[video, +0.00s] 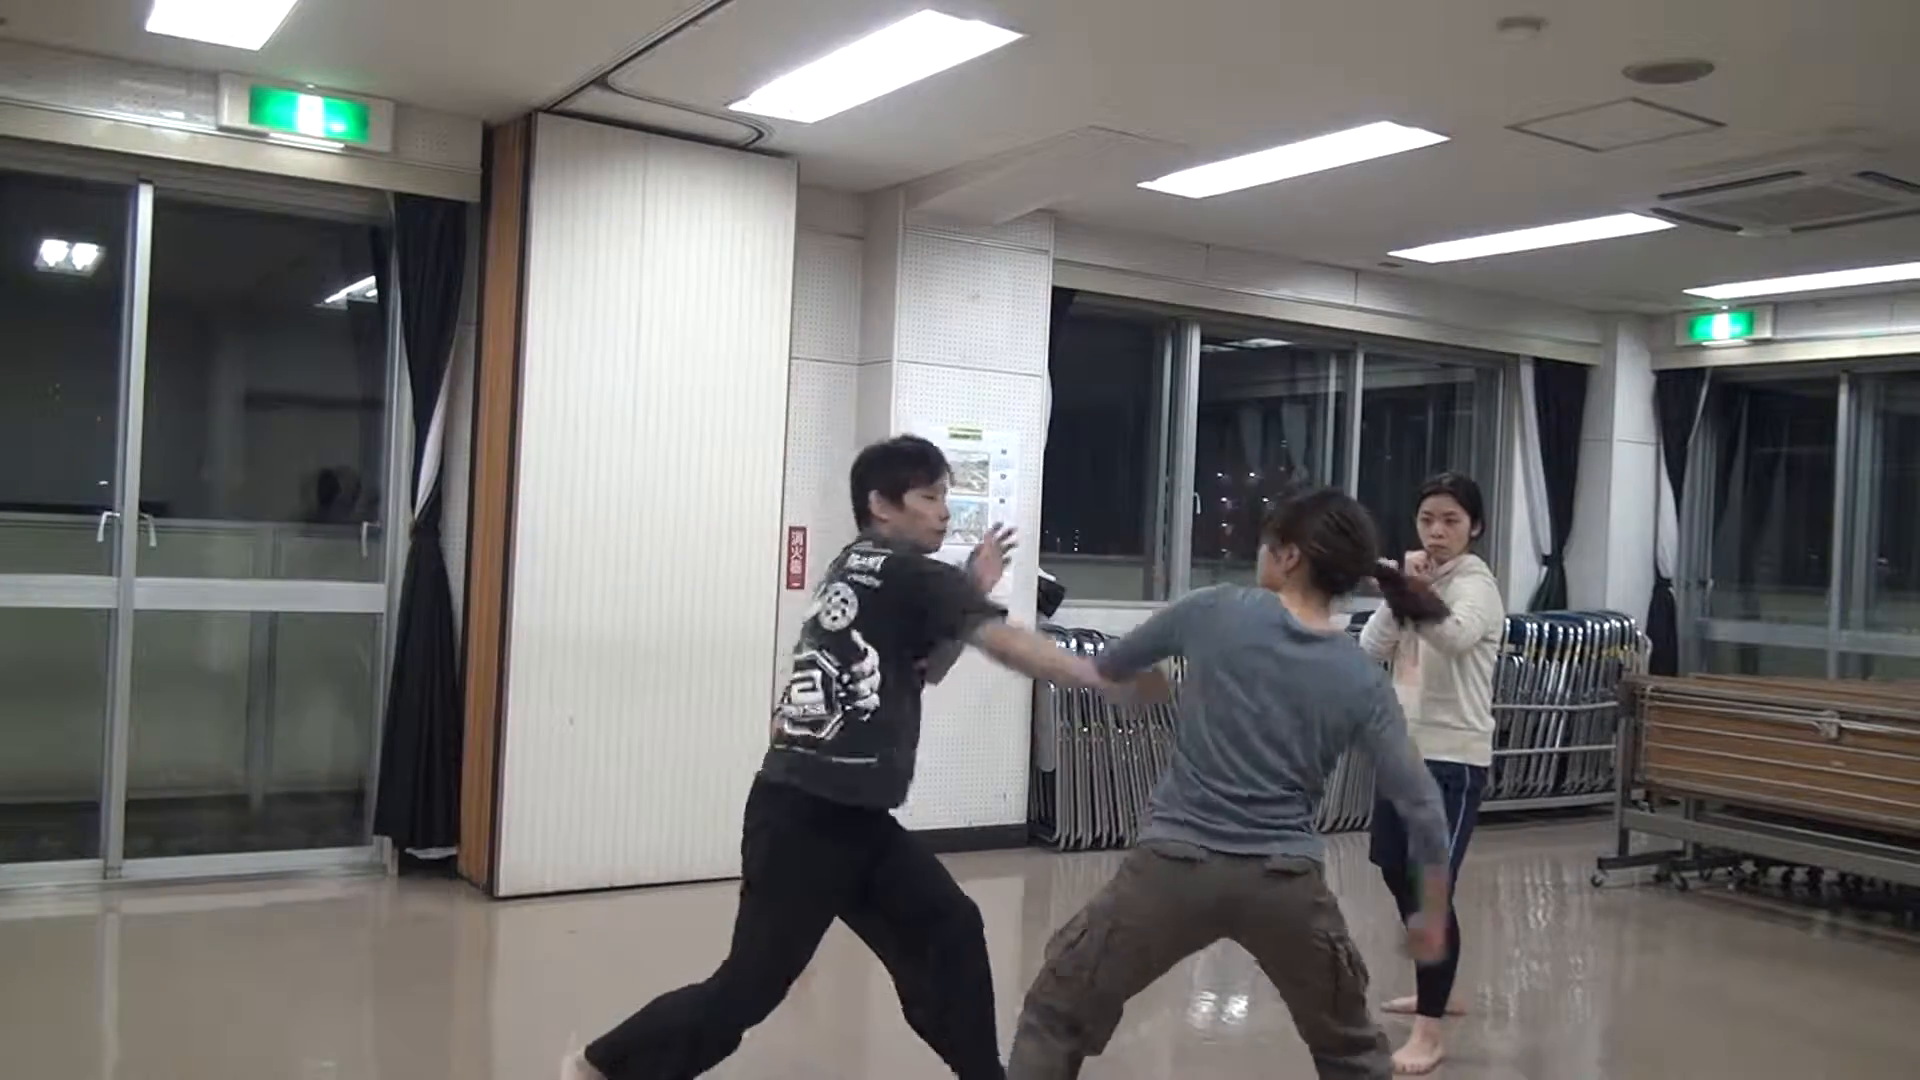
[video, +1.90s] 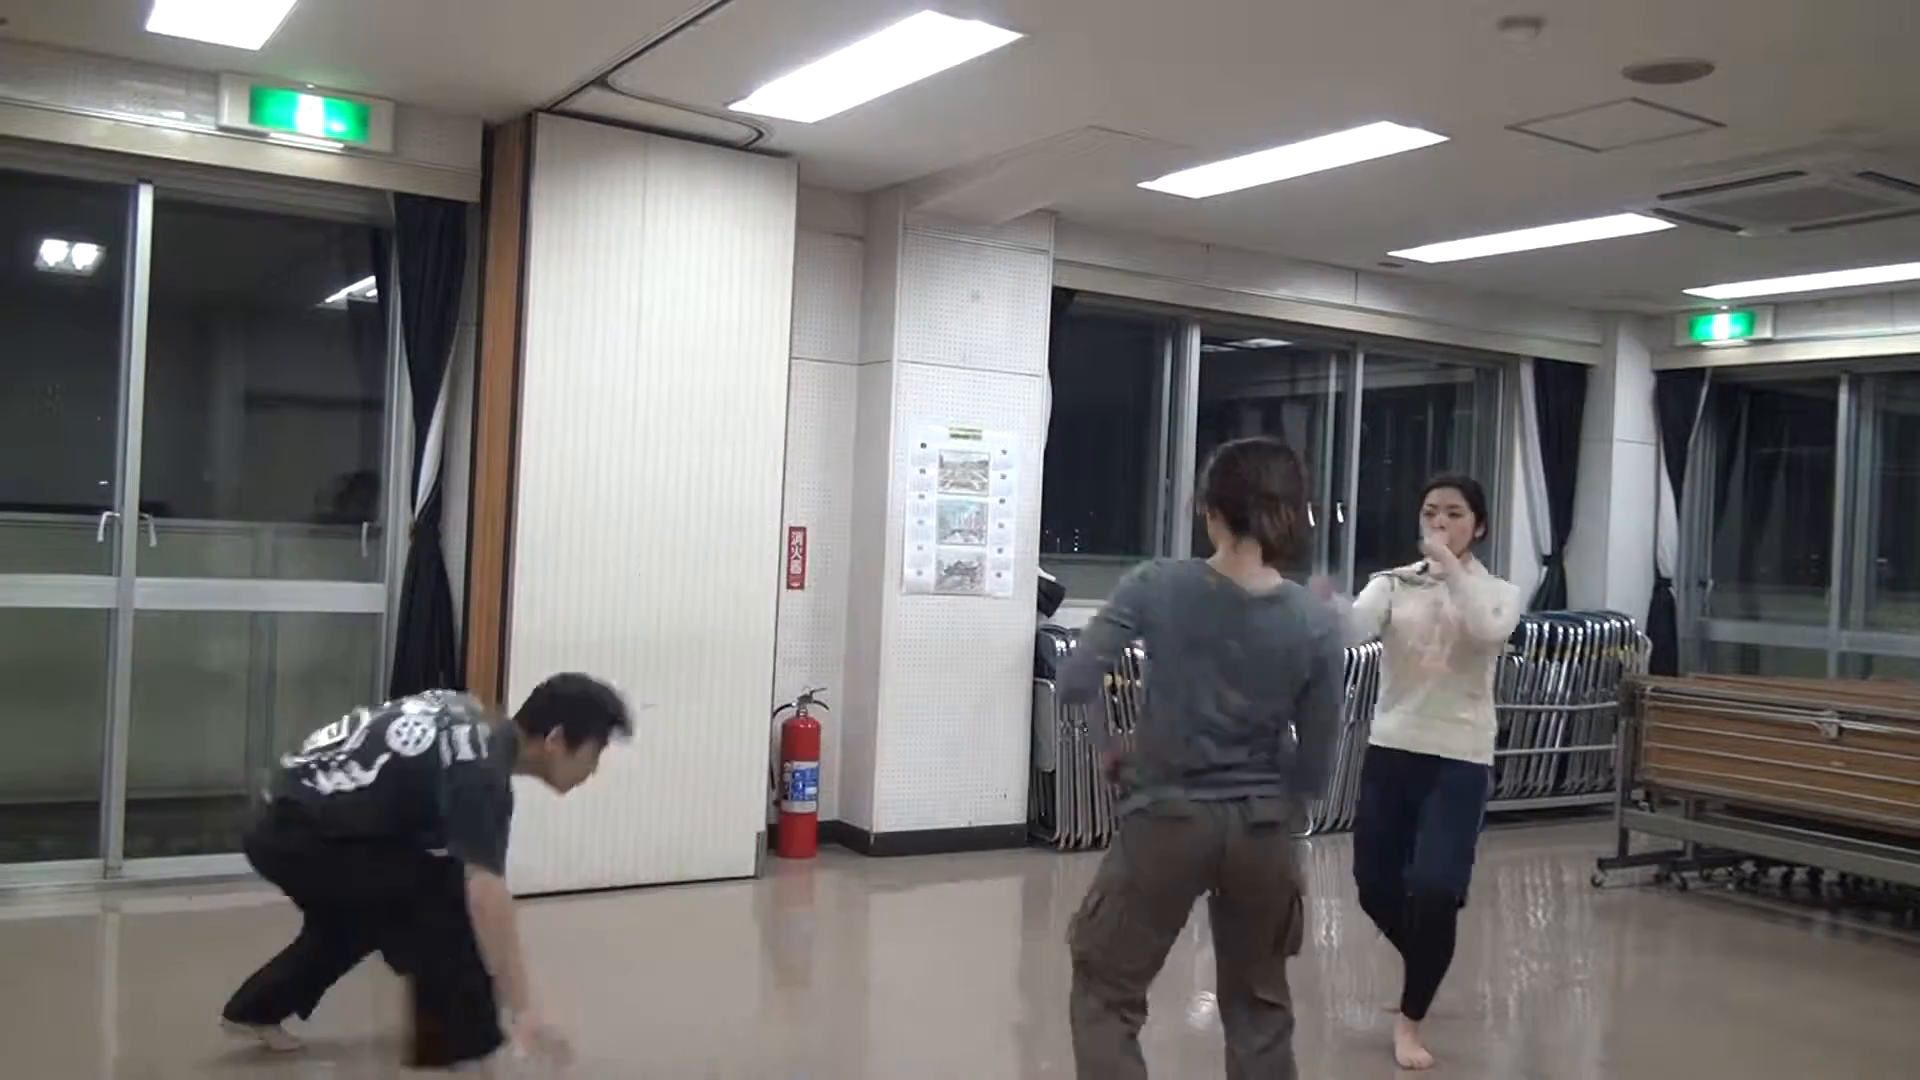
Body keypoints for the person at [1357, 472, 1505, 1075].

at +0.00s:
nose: (1437, 529)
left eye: (1450, 520)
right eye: (1428, 518)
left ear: (1473, 528)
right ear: (1417, 523)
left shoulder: (1477, 581)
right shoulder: (1413, 576)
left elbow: (1457, 637)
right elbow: (1372, 647)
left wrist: (1413, 591)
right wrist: (1406, 590)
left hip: (1455, 754)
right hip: (1405, 748)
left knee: (1433, 885)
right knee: (1389, 857)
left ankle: (1428, 1028)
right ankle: (1436, 981)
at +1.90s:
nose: (1438, 523)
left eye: (1451, 514)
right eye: (1431, 512)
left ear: (1477, 525)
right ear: (1418, 519)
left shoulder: (1496, 590)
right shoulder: (1391, 584)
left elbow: (1488, 630)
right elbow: (1352, 632)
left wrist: (1451, 565)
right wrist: (1326, 610)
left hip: (1461, 758)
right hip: (1391, 750)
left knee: (1434, 891)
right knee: (1375, 886)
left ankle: (1410, 1022)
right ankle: (1426, 958)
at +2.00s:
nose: (1445, 523)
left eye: (1457, 512)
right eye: (1435, 513)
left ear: (1483, 520)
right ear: (1425, 521)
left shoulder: (1508, 592)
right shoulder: (1397, 582)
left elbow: (1498, 651)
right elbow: (1353, 669)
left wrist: (1470, 577)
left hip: (1459, 750)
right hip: (1385, 735)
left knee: (1438, 895)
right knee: (1348, 853)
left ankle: (1410, 1024)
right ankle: (1355, 927)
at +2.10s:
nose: (1444, 522)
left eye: (1457, 511)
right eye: (1435, 512)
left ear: (1483, 517)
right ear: (1424, 519)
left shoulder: (1507, 592)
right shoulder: (1392, 577)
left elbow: (1499, 652)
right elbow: (1358, 649)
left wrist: (1468, 579)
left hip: (1451, 745)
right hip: (1392, 718)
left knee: (1436, 895)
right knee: (1365, 719)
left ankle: (1409, 1022)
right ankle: (1302, 842)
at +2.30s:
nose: (1444, 521)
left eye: (1457, 510)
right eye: (1436, 510)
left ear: (1485, 516)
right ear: (1424, 517)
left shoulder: (1503, 591)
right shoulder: (1396, 571)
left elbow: (1520, 654)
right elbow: (1346, 652)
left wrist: (1477, 584)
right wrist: (1305, 726)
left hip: (1442, 748)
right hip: (1383, 717)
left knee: (1428, 898)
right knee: (1367, 695)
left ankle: (1407, 1022)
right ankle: (1294, 779)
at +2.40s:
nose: (1439, 515)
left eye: (1452, 504)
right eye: (1431, 505)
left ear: (1481, 513)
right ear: (1420, 513)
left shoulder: (1499, 584)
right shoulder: (1391, 567)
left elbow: (1523, 631)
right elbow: (1343, 623)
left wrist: (1472, 573)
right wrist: (1322, 641)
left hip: (1443, 745)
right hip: (1372, 723)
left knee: (1436, 902)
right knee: (1351, 810)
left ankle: (1408, 1023)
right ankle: (1324, 952)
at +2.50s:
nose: (1419, 514)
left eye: (1434, 504)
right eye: (1412, 503)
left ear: (1462, 514)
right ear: (1401, 510)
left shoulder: (1479, 570)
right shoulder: (1380, 569)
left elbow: (1450, 600)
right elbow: (1332, 635)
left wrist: (1375, 586)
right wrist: (1362, 558)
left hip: (1451, 748)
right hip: (1376, 747)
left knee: (1436, 899)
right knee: (1353, 888)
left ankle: (1410, 1026)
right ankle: (1376, 1036)